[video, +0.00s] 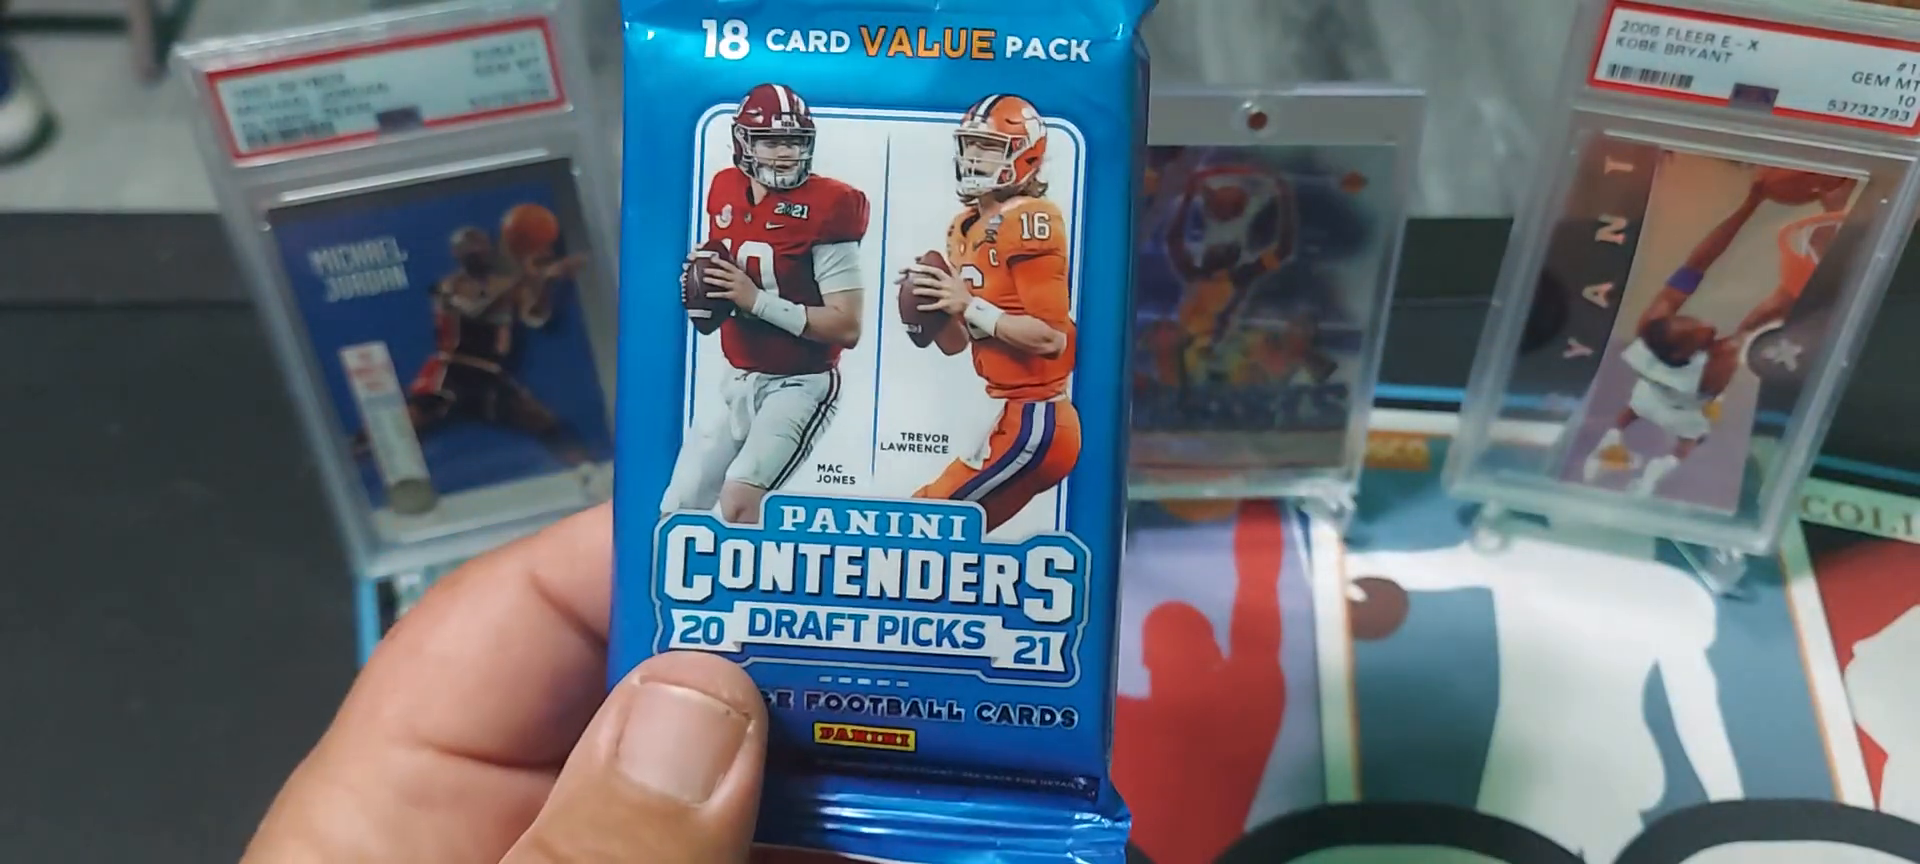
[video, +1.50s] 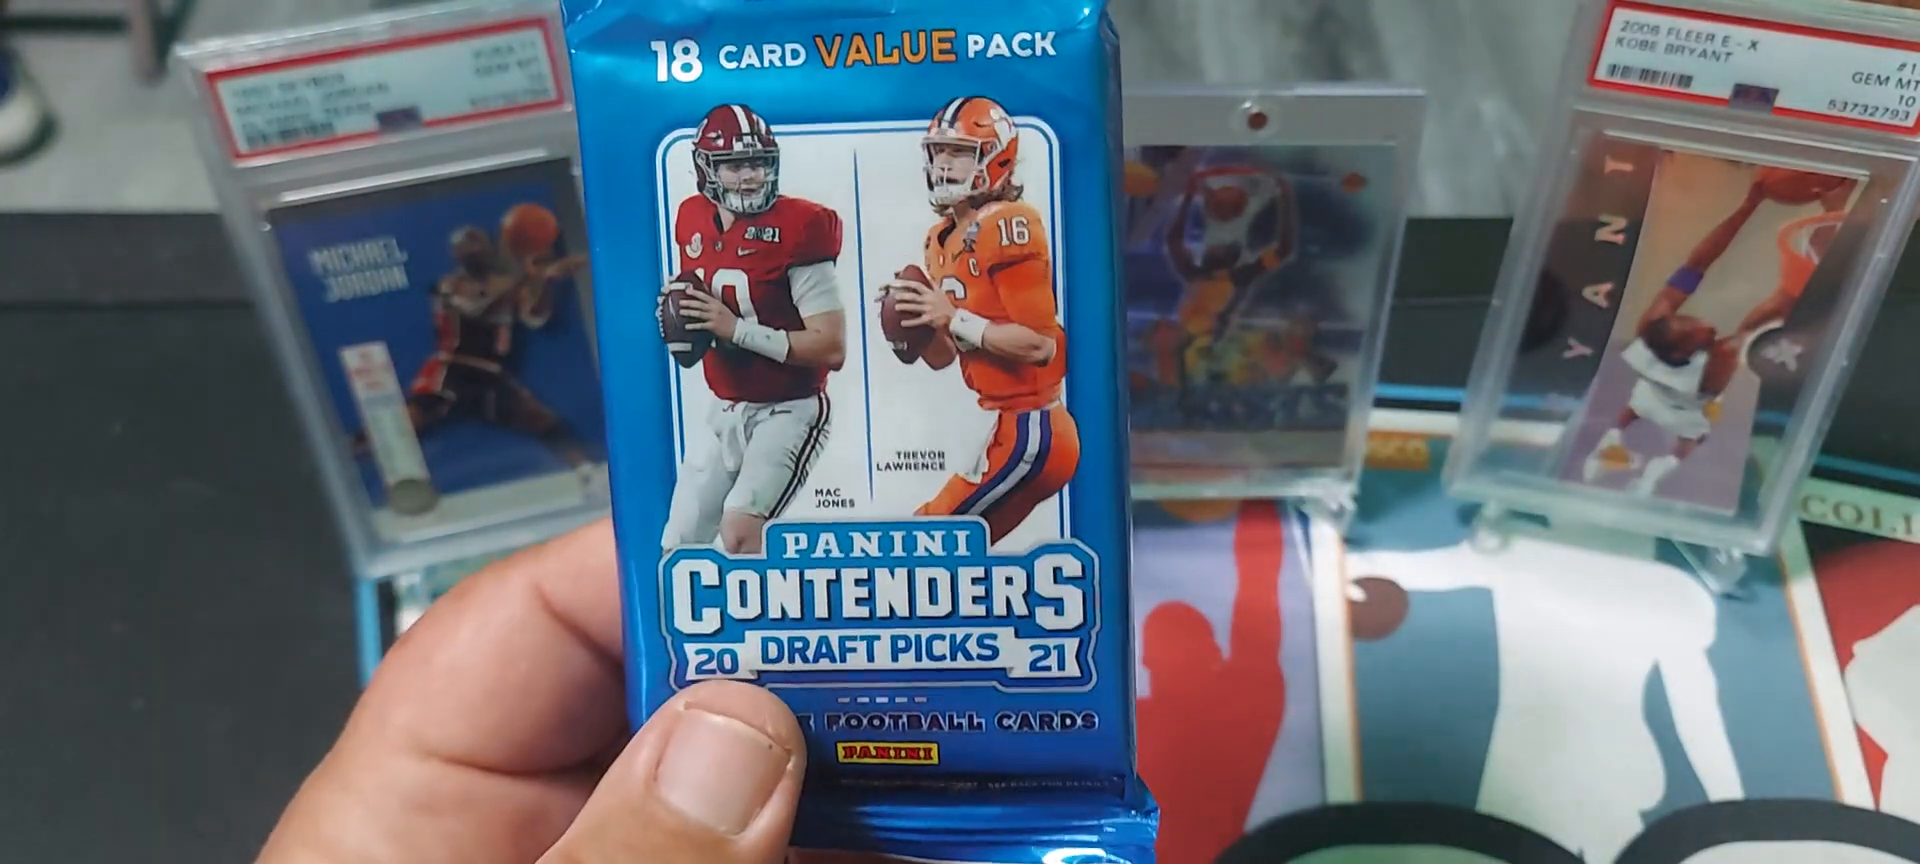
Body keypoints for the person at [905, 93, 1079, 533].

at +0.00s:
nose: (973, 158)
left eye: (988, 148)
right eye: (969, 145)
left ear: (1023, 157)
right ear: (959, 148)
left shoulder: (1032, 219)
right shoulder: (963, 226)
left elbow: (1049, 337)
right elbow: (954, 343)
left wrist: (967, 304)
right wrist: (929, 307)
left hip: (1037, 420)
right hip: (1012, 417)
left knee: (919, 526)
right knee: (932, 536)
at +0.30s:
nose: (932, 141)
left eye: (947, 130)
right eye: (928, 129)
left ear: (982, 136)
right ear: (920, 131)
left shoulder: (994, 197)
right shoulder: (926, 207)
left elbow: (1018, 315)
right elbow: (922, 324)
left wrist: (934, 286)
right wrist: (891, 290)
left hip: (1009, 399)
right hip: (985, 395)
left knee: (894, 509)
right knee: (904, 516)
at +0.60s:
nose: (910, 130)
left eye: (925, 118)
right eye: (905, 117)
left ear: (959, 124)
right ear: (896, 120)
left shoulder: (971, 185)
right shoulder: (904, 195)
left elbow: (997, 302)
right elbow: (901, 312)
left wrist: (914, 274)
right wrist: (868, 283)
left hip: (988, 386)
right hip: (965, 383)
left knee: (874, 498)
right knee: (890, 509)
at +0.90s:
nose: (950, 151)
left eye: (965, 140)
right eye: (945, 139)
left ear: (1001, 146)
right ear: (936, 142)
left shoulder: (1012, 208)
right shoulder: (945, 221)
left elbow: (1043, 327)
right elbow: (942, 338)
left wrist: (956, 300)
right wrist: (914, 299)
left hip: (1032, 413)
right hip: (1010, 411)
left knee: (922, 528)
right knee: (944, 541)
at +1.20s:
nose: (925, 165)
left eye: (941, 152)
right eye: (919, 152)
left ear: (978, 157)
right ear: (909, 156)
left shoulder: (993, 221)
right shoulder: (924, 237)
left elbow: (1024, 340)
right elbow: (928, 352)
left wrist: (935, 313)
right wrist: (900, 319)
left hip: (1020, 424)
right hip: (991, 422)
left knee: (909, 542)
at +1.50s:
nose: (943, 167)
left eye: (958, 154)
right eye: (937, 154)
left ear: (995, 160)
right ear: (928, 158)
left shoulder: (1008, 224)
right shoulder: (939, 239)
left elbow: (1039, 344)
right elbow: (939, 356)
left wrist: (951, 317)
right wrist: (908, 320)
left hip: (1030, 431)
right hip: (1009, 428)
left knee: (920, 545)